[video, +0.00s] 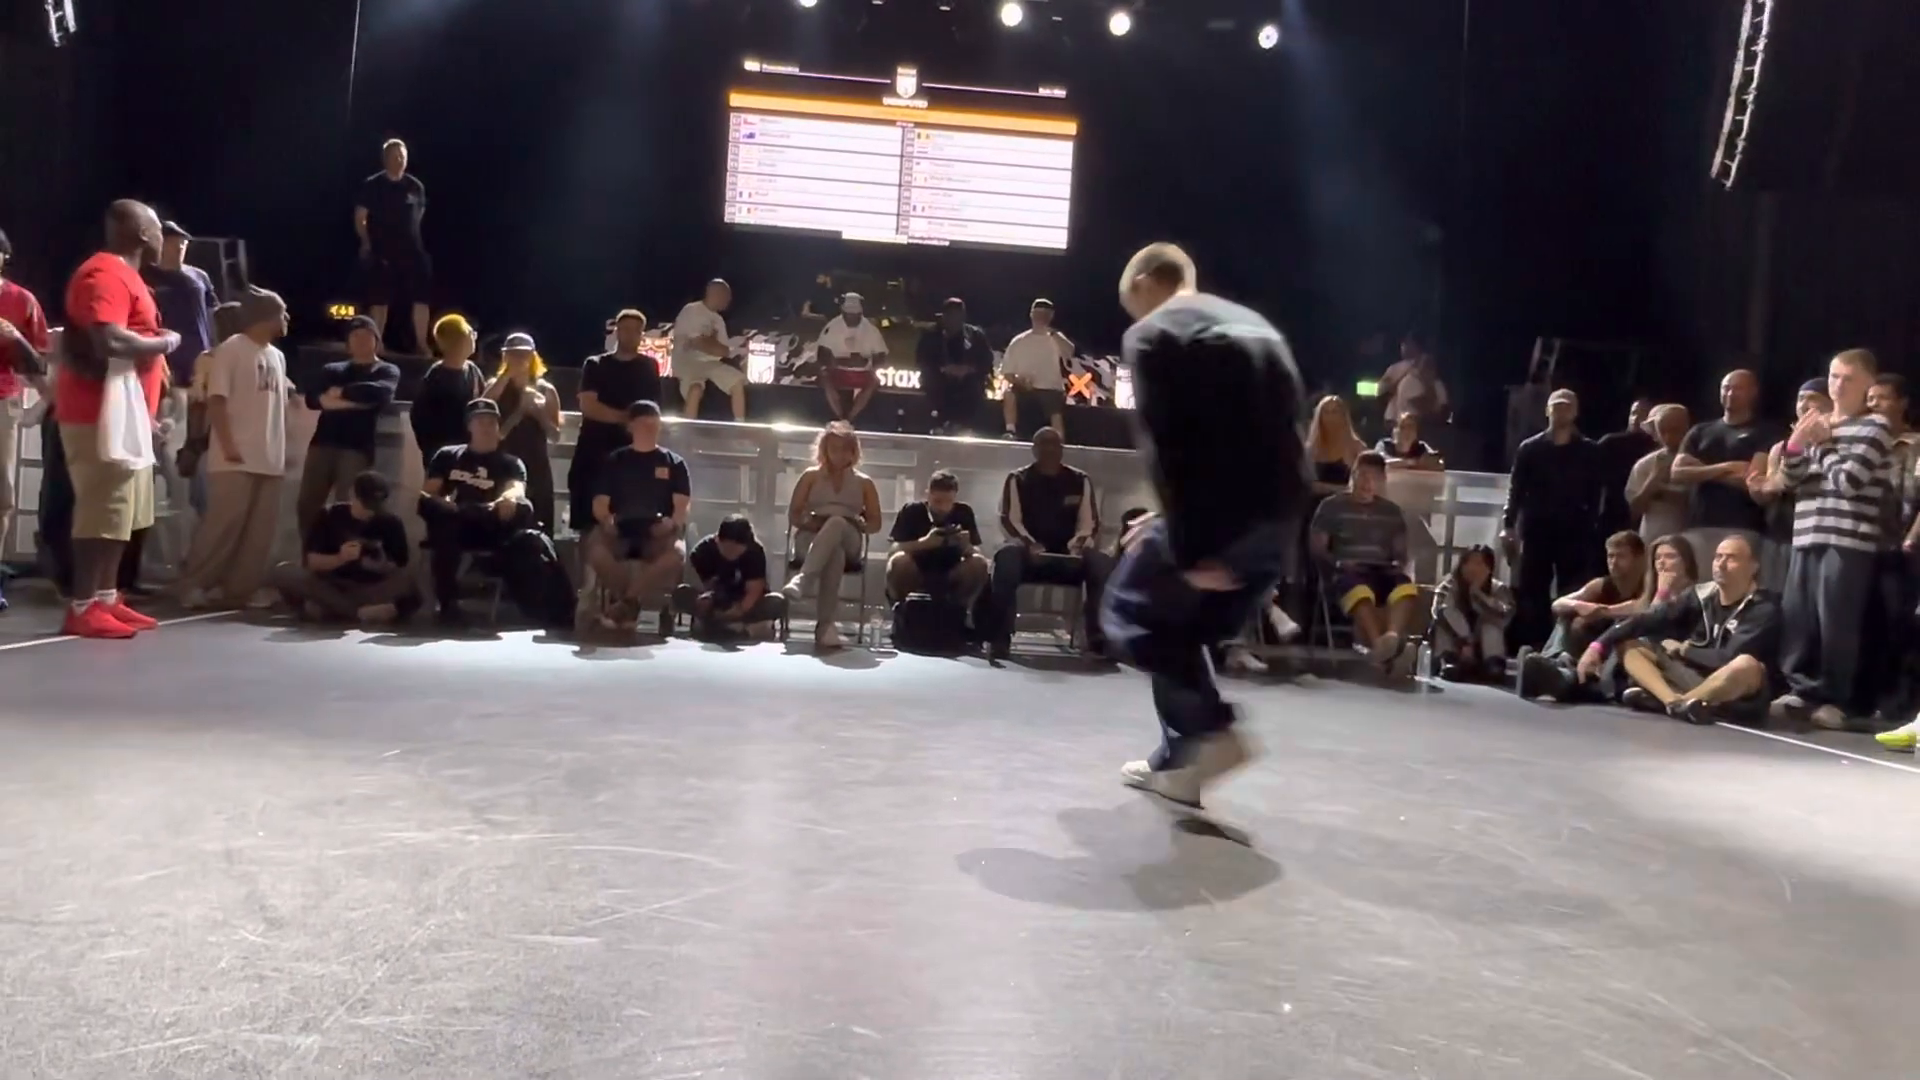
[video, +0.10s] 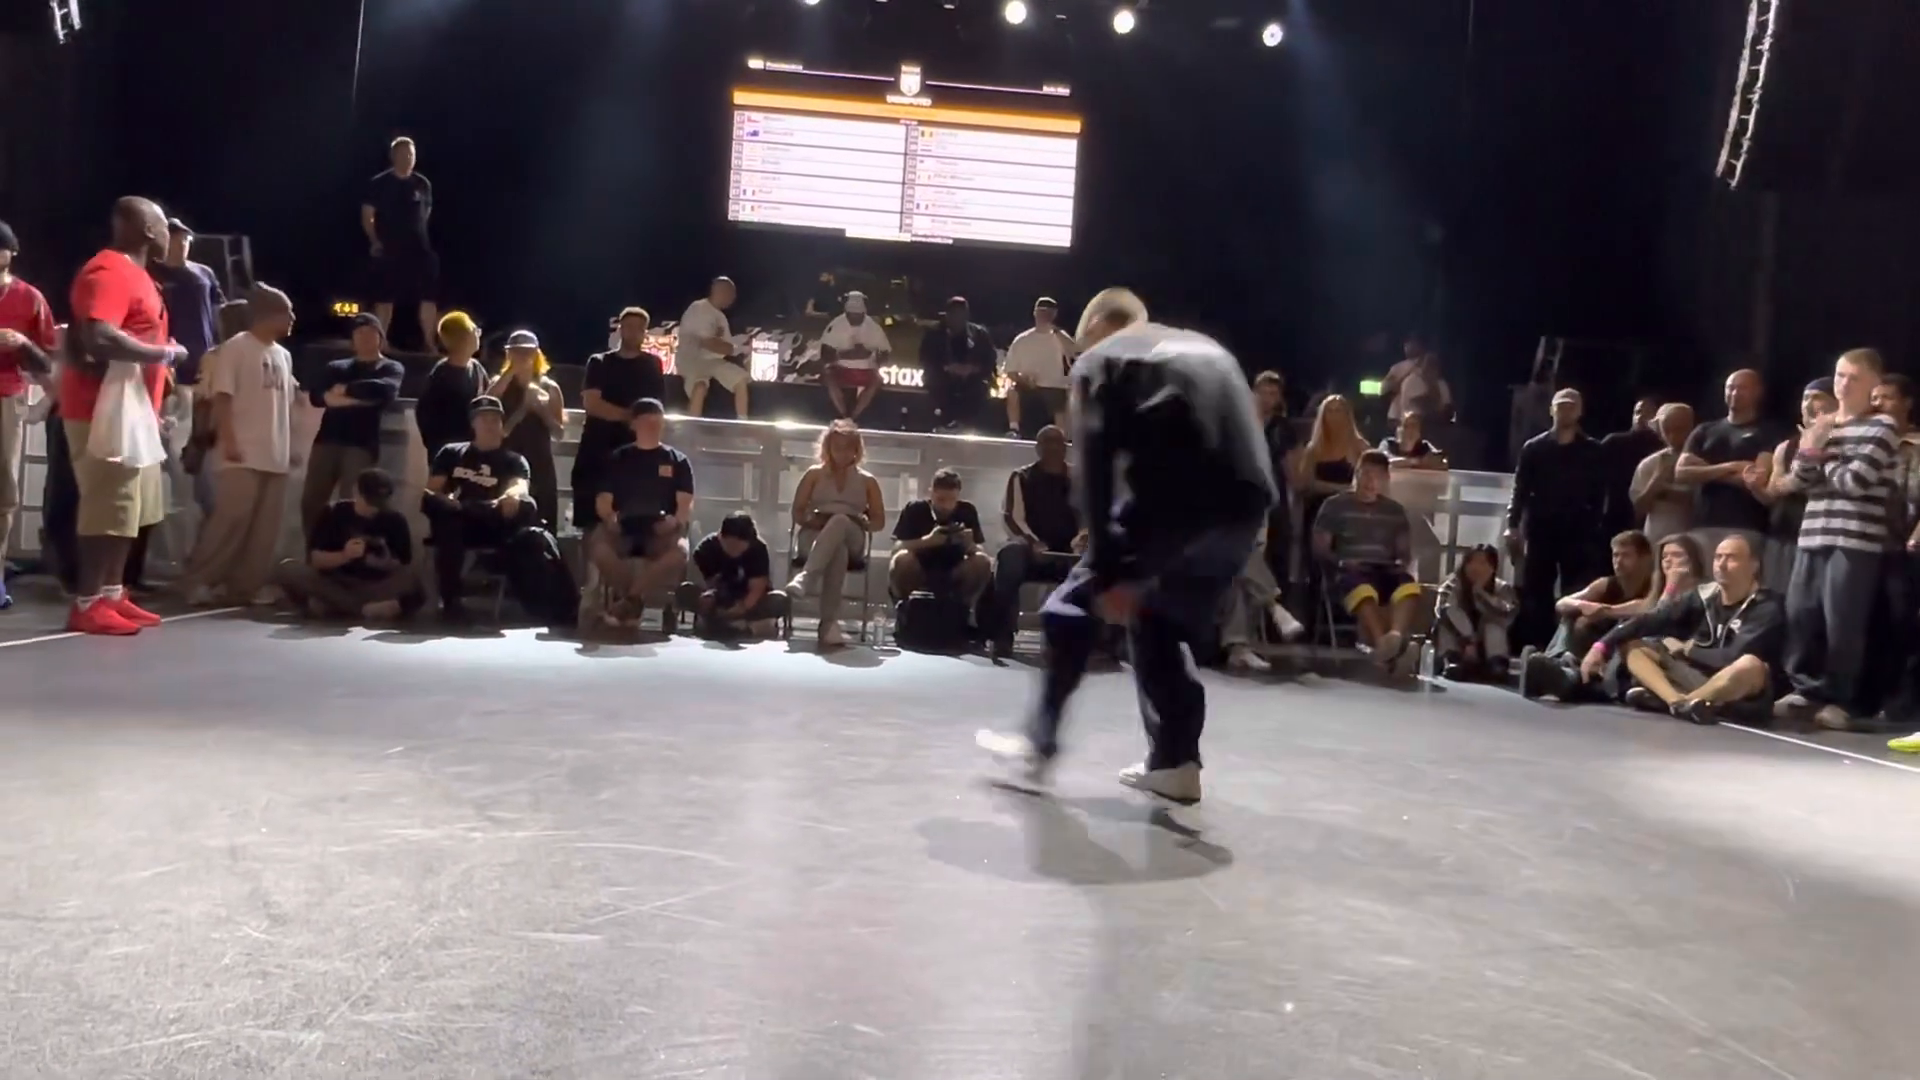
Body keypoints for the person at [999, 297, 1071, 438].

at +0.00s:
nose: (1041, 316)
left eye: (1045, 313)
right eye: (1037, 312)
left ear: (1051, 316)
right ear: (1031, 315)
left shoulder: (1057, 339)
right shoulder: (1018, 341)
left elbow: (1070, 353)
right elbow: (1006, 371)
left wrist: (1054, 335)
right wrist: (1018, 381)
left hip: (1051, 388)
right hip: (1025, 387)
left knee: (1056, 412)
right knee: (1008, 393)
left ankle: (1059, 446)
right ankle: (1010, 431)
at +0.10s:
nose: (1045, 315)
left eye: (1048, 311)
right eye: (1041, 311)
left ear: (1054, 314)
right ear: (1034, 314)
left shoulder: (1061, 338)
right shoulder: (1021, 340)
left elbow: (1075, 354)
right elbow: (1009, 369)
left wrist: (1057, 333)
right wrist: (1022, 380)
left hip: (1054, 387)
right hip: (1029, 387)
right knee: (1012, 391)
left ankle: (1062, 439)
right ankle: (1014, 430)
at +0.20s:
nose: (1045, 313)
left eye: (1049, 309)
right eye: (1042, 309)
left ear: (1056, 313)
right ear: (1037, 312)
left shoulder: (1063, 335)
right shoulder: (1024, 338)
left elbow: (1076, 349)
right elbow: (1012, 367)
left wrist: (1059, 330)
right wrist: (1025, 380)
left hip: (1057, 387)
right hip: (1031, 387)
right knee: (1014, 391)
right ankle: (1016, 427)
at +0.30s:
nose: (1048, 312)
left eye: (1052, 308)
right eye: (1045, 308)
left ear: (1059, 312)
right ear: (1039, 310)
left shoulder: (1065, 335)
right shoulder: (1026, 337)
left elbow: (1082, 349)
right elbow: (1014, 367)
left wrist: (1061, 328)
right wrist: (1026, 377)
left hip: (1060, 388)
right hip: (1035, 388)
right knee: (1016, 389)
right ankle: (1018, 427)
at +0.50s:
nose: (1048, 314)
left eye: (1052, 310)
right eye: (1045, 309)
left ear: (1061, 311)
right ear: (1041, 311)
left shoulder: (1068, 333)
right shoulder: (1030, 337)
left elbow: (1084, 346)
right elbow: (1018, 366)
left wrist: (1069, 333)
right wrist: (1030, 376)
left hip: (1065, 388)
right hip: (1039, 390)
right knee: (1019, 387)